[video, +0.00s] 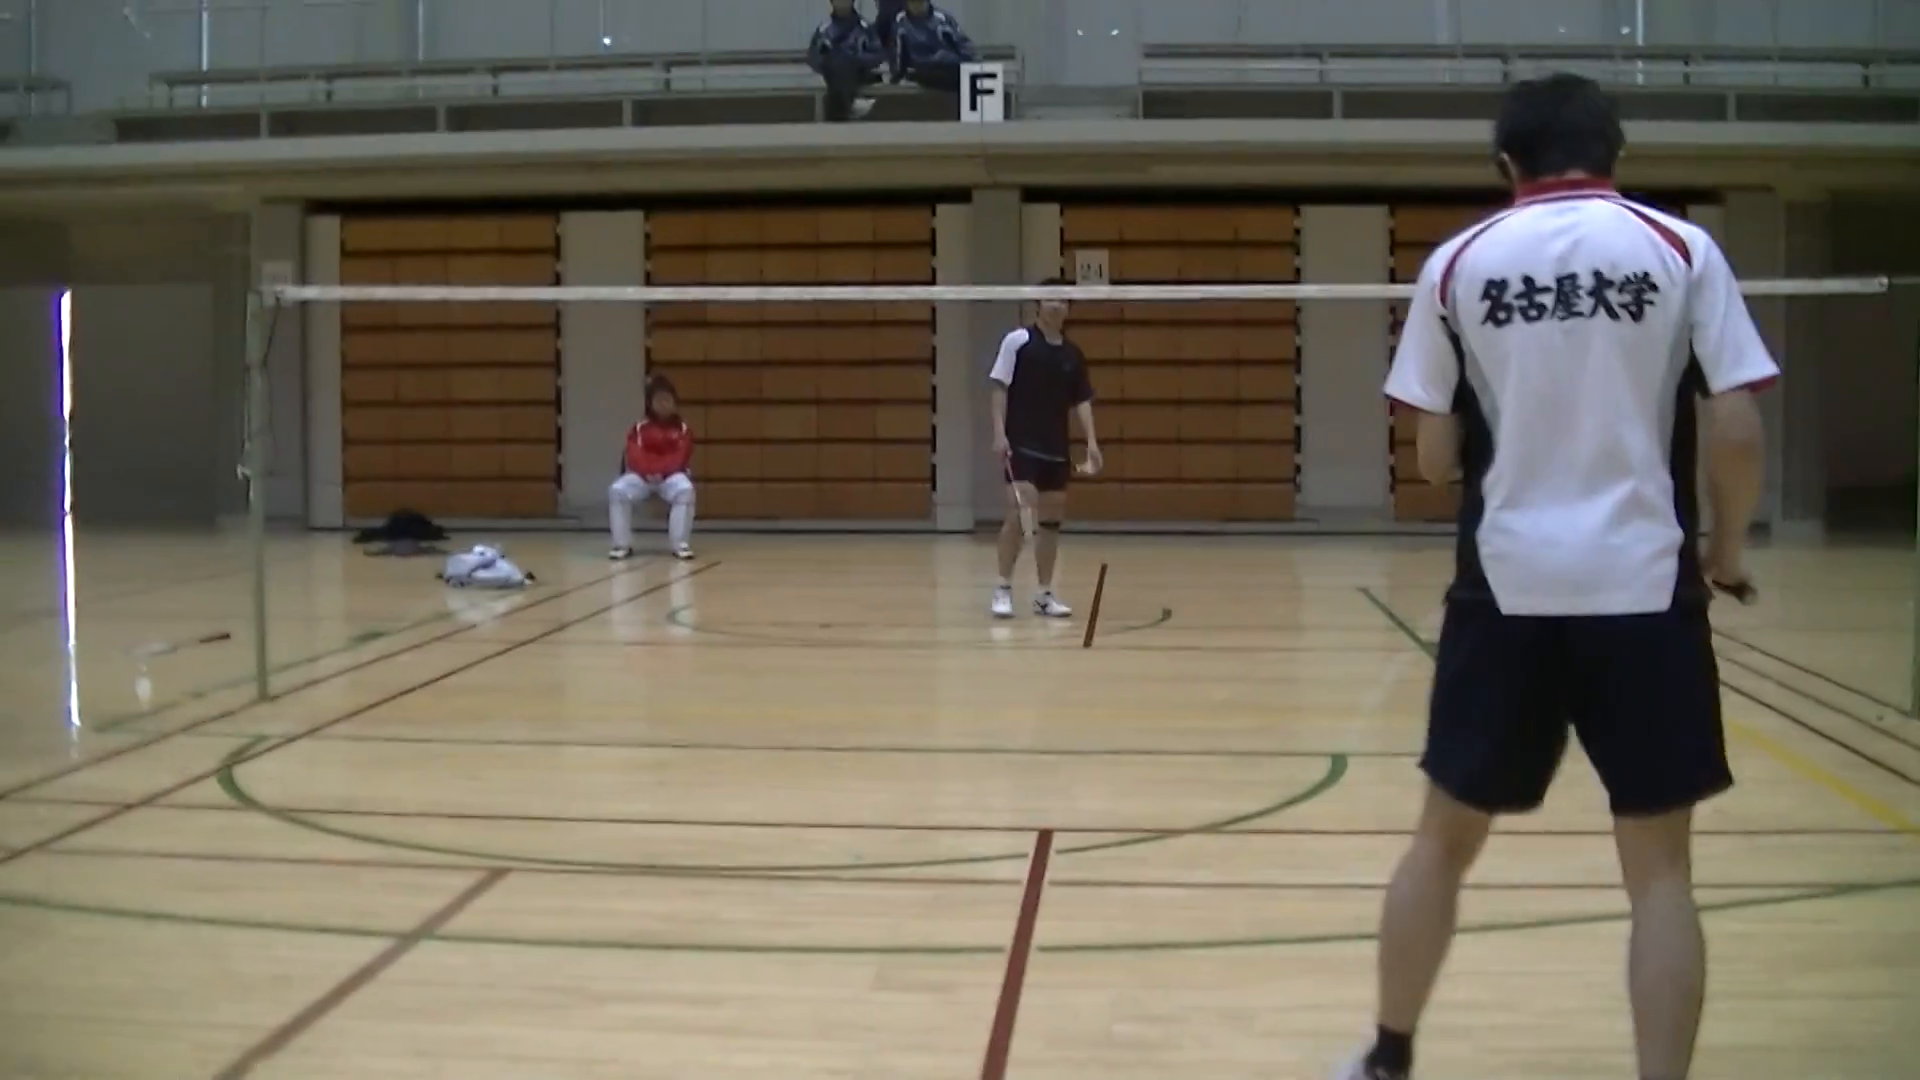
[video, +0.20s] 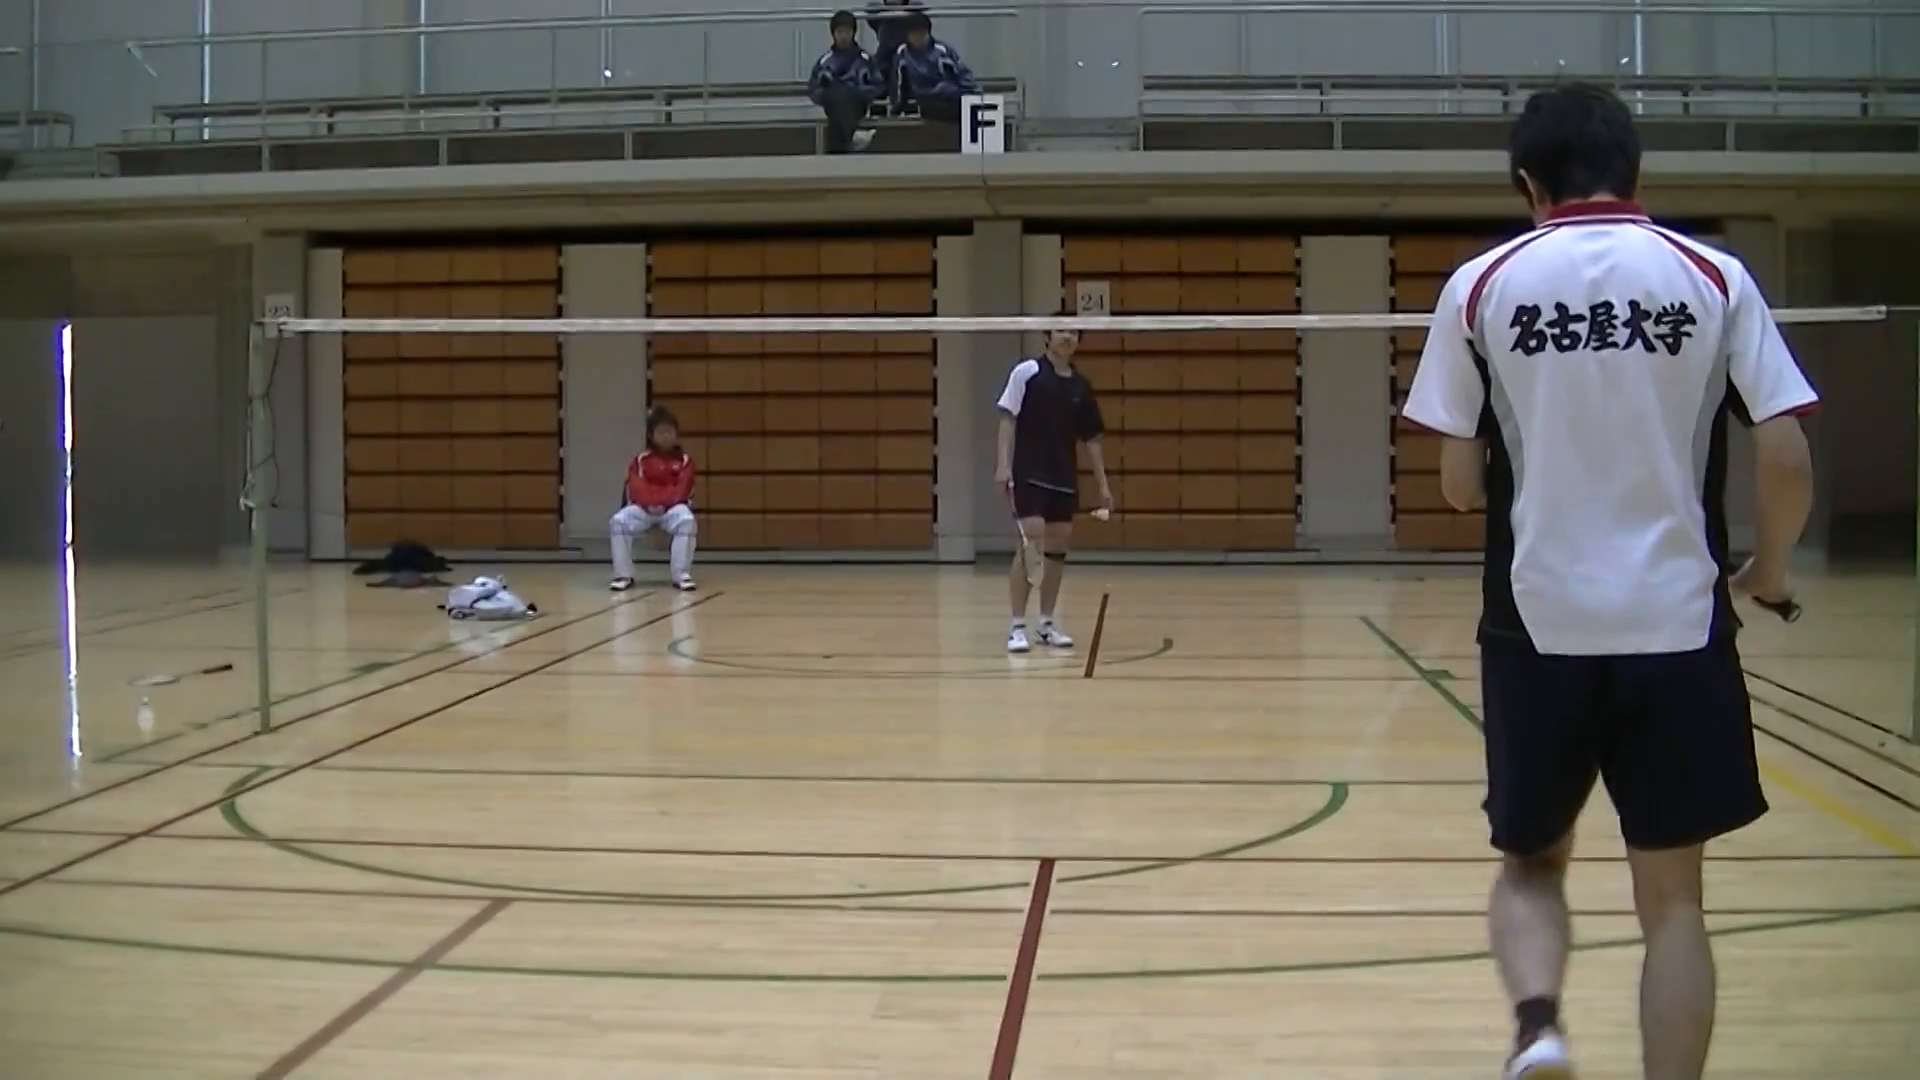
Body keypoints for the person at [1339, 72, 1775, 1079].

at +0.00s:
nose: (1506, 173)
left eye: (1503, 159)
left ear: (1508, 165)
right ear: (1613, 158)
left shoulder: (1458, 264)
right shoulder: (1686, 250)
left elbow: (1437, 458)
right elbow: (1735, 429)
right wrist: (1726, 550)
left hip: (1505, 604)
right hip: (1645, 606)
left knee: (1440, 842)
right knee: (1659, 872)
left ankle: (1388, 1058)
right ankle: (1663, 1078)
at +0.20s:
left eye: (1523, 179)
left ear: (1529, 183)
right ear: (1634, 174)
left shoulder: (1481, 287)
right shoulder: (1715, 276)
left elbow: (1462, 479)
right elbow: (1786, 457)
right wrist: (1770, 566)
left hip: (1539, 637)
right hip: (1675, 636)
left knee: (1530, 860)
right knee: (1673, 902)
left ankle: (1538, 1031)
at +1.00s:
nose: (1542, 182)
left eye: (1538, 169)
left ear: (1541, 178)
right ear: (1651, 173)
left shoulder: (1485, 298)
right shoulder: (1726, 299)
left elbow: (1453, 500)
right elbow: (1769, 498)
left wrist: (1504, 587)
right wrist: (1767, 654)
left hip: (1528, 665)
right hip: (1668, 669)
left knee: (1545, 905)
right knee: (1661, 934)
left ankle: (1542, 1077)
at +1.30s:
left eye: (1566, 177)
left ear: (1561, 190)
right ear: (1675, 186)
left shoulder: (1497, 312)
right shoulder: (1729, 317)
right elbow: (1780, 517)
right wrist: (1800, 678)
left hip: (1533, 666)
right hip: (1671, 672)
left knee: (1540, 870)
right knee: (1663, 937)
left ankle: (1525, 1064)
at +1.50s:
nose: (1526, 232)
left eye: (1521, 219)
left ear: (1522, 230)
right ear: (1626, 219)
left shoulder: (1477, 343)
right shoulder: (1692, 330)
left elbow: (1371, 484)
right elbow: (1792, 470)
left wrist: (1325, 515)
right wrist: (1820, 549)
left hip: (1529, 671)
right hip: (1661, 670)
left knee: (1536, 869)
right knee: (1658, 936)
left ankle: (1530, 1064)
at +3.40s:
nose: (1484, 324)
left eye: (1483, 311)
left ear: (1486, 321)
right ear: (1579, 315)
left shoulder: (1446, 403)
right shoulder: (1640, 405)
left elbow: (1317, 494)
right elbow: (1702, 526)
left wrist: (1245, 529)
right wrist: (1660, 515)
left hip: (1494, 688)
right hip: (1623, 685)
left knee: (1479, 869)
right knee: (1639, 915)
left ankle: (1519, 1058)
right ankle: (1658, 1071)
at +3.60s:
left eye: (1460, 316)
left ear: (1465, 323)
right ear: (1553, 323)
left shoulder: (1428, 383)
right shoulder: (1605, 411)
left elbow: (1287, 410)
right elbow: (1644, 539)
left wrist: (1164, 424)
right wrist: (1610, 533)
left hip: (1464, 659)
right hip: (1577, 662)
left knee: (1458, 870)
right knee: (1556, 817)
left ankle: (1514, 1044)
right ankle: (1586, 978)